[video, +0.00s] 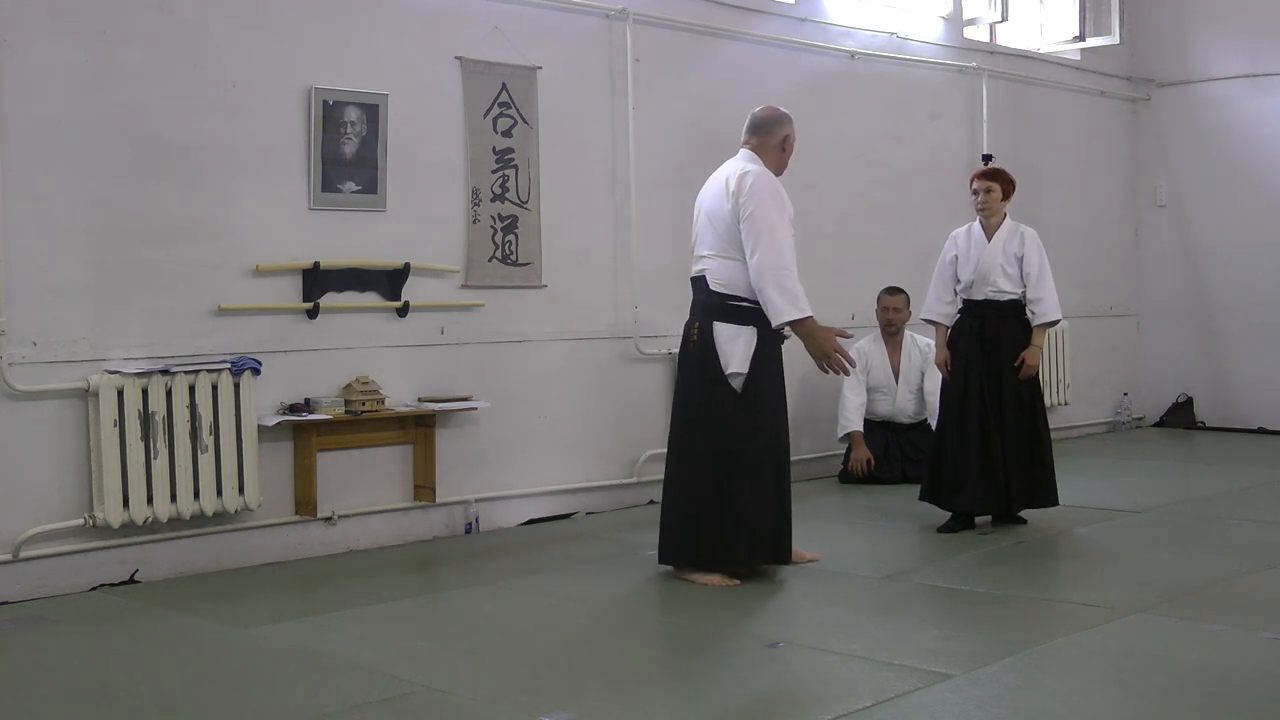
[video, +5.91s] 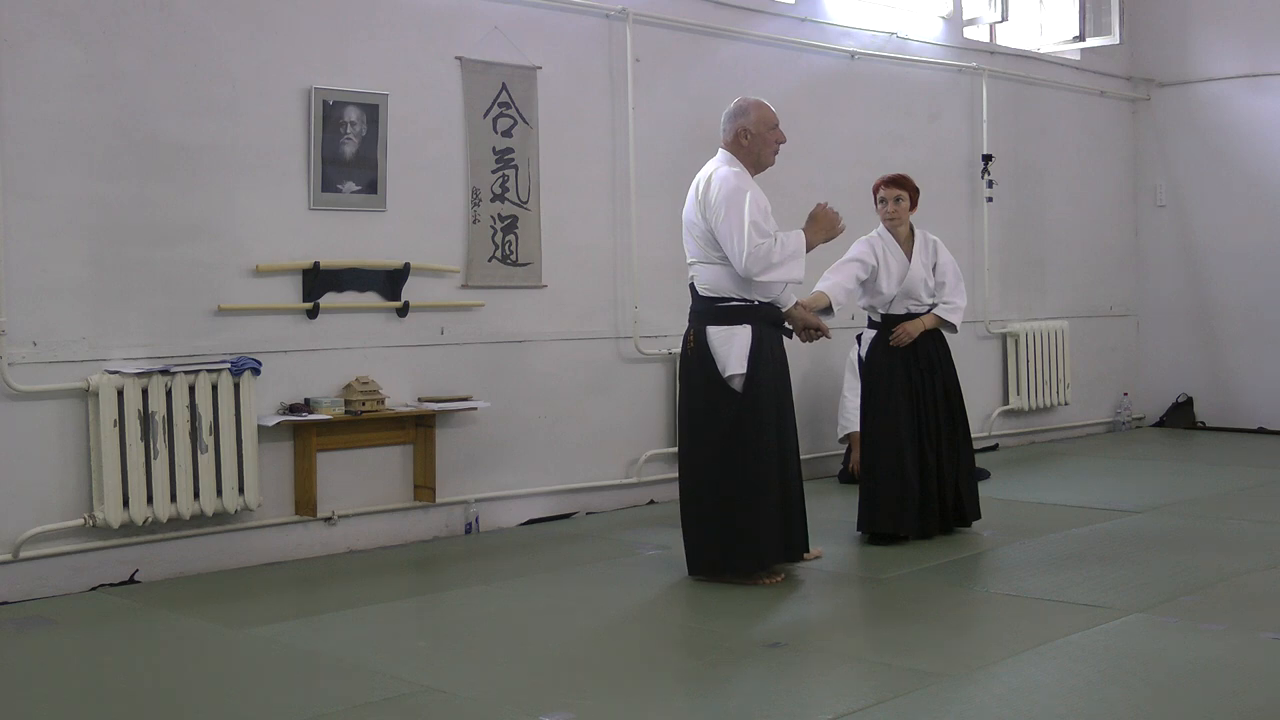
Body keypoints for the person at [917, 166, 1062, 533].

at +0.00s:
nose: (981, 198)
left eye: (989, 192)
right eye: (976, 193)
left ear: (1005, 196)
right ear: (971, 198)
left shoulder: (1024, 237)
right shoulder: (959, 238)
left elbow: (1041, 294)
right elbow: (943, 292)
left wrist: (1036, 344)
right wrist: (940, 343)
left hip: (1011, 331)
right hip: (968, 332)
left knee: (1010, 416)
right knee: (964, 416)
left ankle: (1006, 506)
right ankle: (963, 509)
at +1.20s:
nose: (977, 206)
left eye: (985, 200)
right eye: (973, 200)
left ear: (1004, 202)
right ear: (969, 203)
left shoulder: (1024, 244)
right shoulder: (960, 243)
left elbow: (1046, 298)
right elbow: (932, 287)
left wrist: (1007, 309)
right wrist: (910, 300)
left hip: (1010, 338)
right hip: (967, 336)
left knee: (1009, 419)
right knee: (953, 417)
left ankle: (1007, 507)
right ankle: (936, 507)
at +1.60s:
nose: (940, 208)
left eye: (948, 201)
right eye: (935, 201)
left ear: (966, 205)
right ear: (930, 206)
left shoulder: (985, 248)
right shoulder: (921, 243)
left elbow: (999, 304)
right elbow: (890, 277)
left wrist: (960, 307)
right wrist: (860, 297)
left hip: (969, 344)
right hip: (925, 345)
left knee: (979, 423)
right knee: (913, 426)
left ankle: (986, 509)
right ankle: (894, 515)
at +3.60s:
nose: (897, 206)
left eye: (905, 199)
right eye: (890, 200)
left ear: (920, 204)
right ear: (884, 206)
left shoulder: (936, 247)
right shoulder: (875, 245)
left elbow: (955, 304)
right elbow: (847, 278)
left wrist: (922, 322)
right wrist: (823, 302)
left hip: (928, 344)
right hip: (884, 345)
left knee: (938, 425)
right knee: (891, 431)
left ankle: (944, 513)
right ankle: (890, 520)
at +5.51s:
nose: (890, 207)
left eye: (898, 200)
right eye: (883, 202)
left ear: (913, 205)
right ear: (877, 208)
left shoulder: (931, 246)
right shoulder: (870, 247)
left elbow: (954, 298)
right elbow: (840, 280)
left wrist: (921, 324)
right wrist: (806, 303)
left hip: (928, 344)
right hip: (886, 347)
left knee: (936, 428)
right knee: (891, 432)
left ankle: (941, 515)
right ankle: (892, 521)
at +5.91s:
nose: (890, 208)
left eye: (898, 200)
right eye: (883, 202)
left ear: (912, 205)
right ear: (876, 208)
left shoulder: (932, 246)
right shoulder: (869, 248)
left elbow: (954, 300)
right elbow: (839, 281)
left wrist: (920, 324)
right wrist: (806, 304)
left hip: (928, 344)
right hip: (886, 347)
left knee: (936, 428)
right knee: (891, 432)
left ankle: (940, 515)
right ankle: (892, 521)